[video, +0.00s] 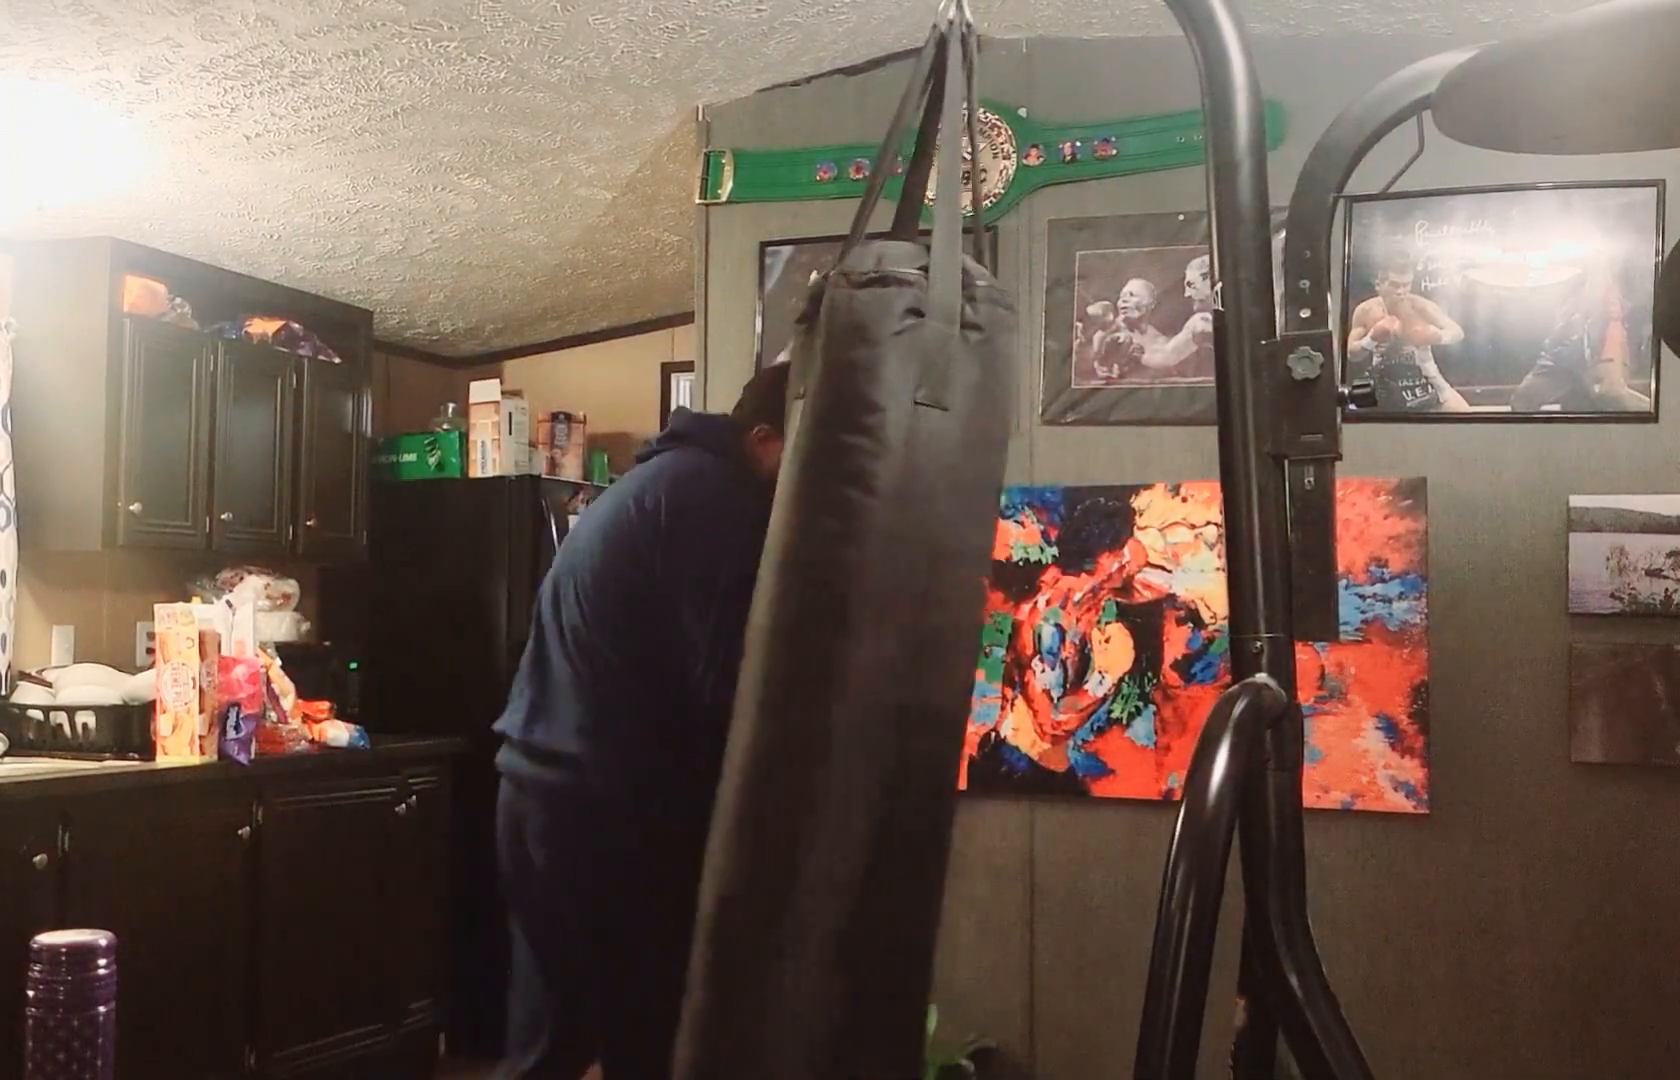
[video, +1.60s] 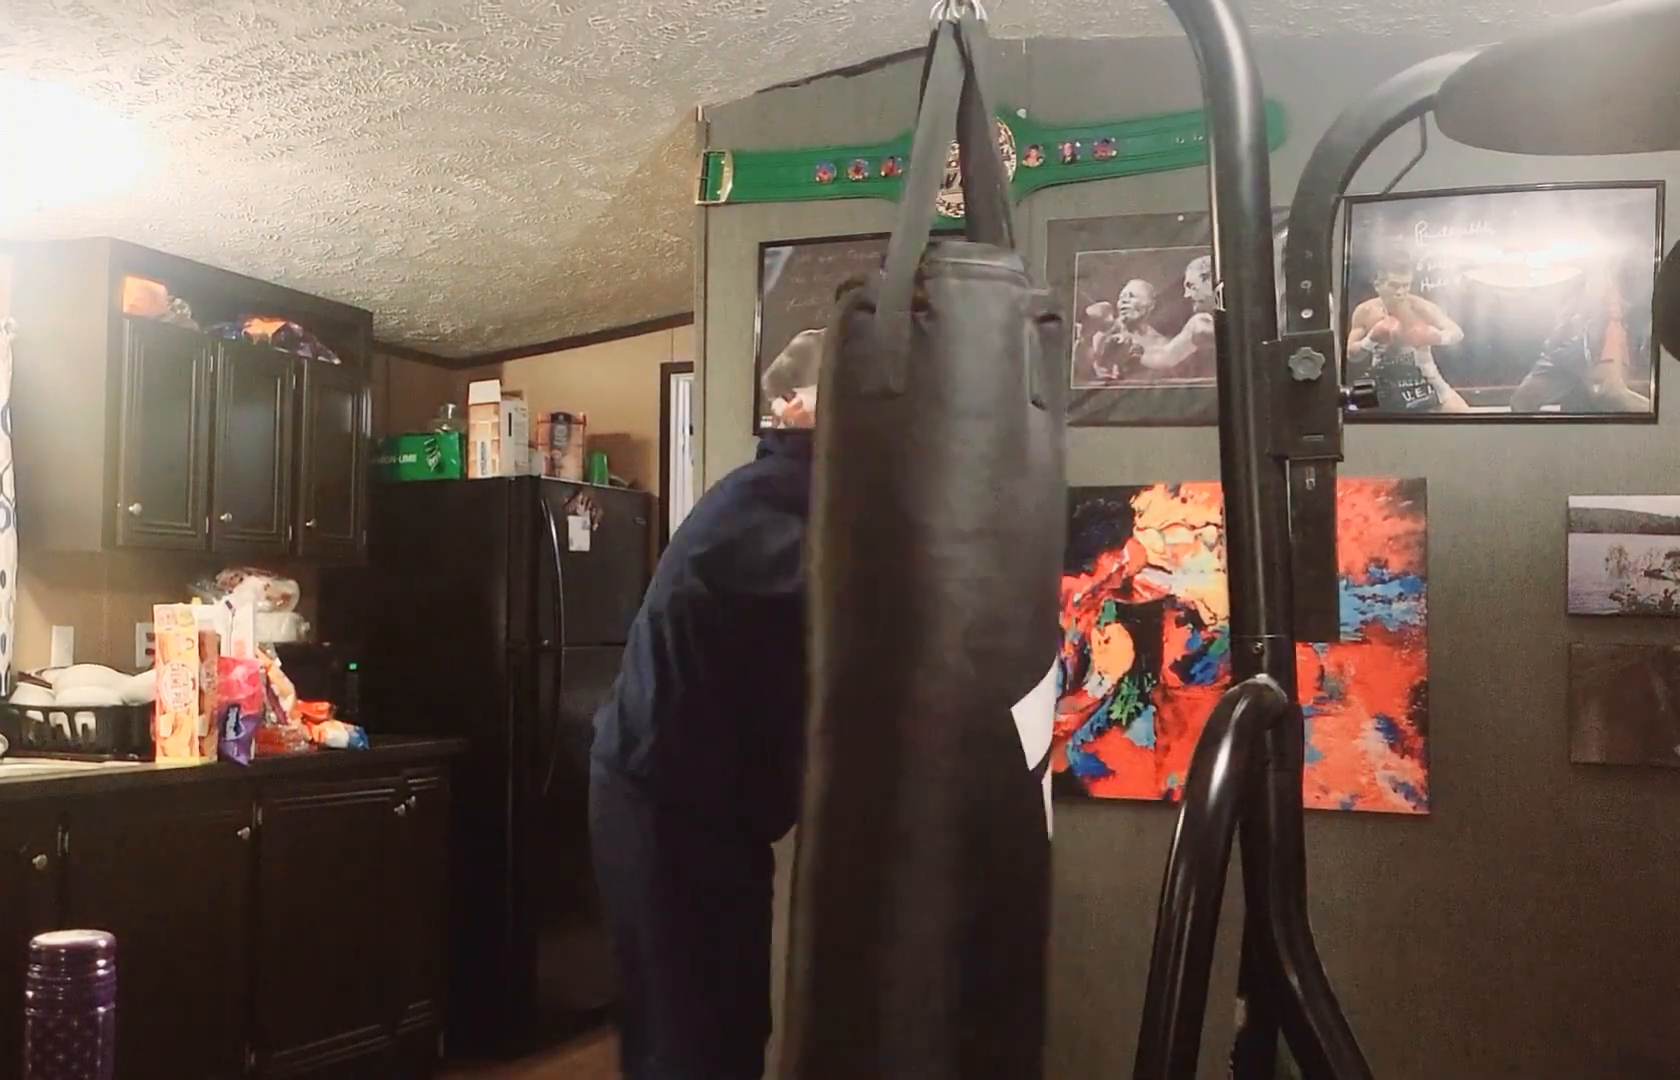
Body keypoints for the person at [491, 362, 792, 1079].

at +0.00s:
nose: (798, 484)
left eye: (807, 468)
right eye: (802, 464)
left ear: (755, 432)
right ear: (771, 440)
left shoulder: (658, 476)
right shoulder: (720, 495)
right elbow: (734, 679)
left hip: (535, 785)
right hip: (610, 803)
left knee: (548, 1030)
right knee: (644, 1034)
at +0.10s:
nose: (817, 466)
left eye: (823, 446)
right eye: (816, 443)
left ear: (764, 419)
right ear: (772, 423)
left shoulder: (679, 467)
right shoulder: (730, 485)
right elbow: (749, 667)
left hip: (574, 779)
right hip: (628, 792)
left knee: (596, 1015)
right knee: (658, 1019)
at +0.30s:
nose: (849, 492)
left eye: (854, 476)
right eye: (845, 473)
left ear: (783, 456)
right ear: (782, 456)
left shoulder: (756, 512)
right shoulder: (700, 503)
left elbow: (831, 660)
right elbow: (730, 654)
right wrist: (806, 524)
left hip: (703, 810)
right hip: (650, 811)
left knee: (739, 1029)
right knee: (687, 1037)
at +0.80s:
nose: (862, 486)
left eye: (874, 469)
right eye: (844, 469)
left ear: (885, 457)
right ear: (793, 448)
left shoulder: (857, 526)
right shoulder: (724, 495)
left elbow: (880, 677)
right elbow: (629, 608)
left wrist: (894, 571)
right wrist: (772, 556)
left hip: (767, 793)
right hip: (680, 786)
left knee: (760, 1016)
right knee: (709, 1019)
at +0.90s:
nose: (888, 487)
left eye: (900, 470)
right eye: (870, 468)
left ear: (912, 456)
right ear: (818, 444)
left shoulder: (857, 525)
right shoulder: (763, 482)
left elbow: (873, 675)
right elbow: (693, 539)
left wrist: (908, 586)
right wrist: (859, 553)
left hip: (748, 805)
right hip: (678, 799)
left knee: (754, 1034)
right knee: (704, 1033)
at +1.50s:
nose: (873, 490)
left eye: (877, 475)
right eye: (864, 473)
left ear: (825, 467)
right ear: (823, 464)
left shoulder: (829, 533)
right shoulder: (746, 499)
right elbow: (641, 581)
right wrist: (782, 594)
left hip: (739, 798)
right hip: (667, 793)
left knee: (759, 1027)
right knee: (710, 1034)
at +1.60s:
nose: (854, 412)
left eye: (847, 396)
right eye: (841, 395)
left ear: (789, 407)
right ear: (798, 406)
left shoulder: (766, 488)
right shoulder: (782, 492)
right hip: (677, 801)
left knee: (683, 1025)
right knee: (707, 1034)